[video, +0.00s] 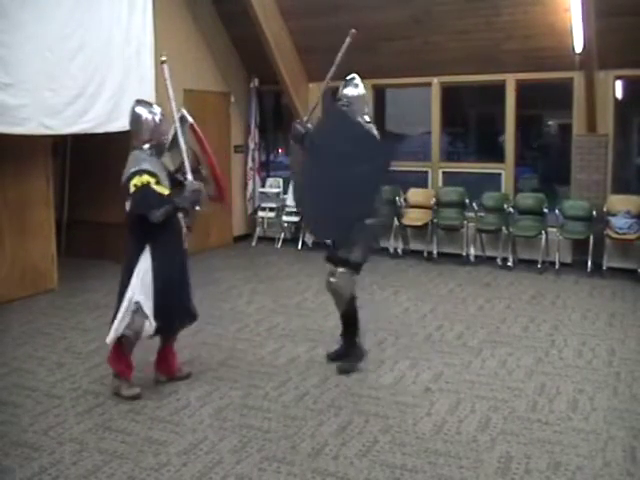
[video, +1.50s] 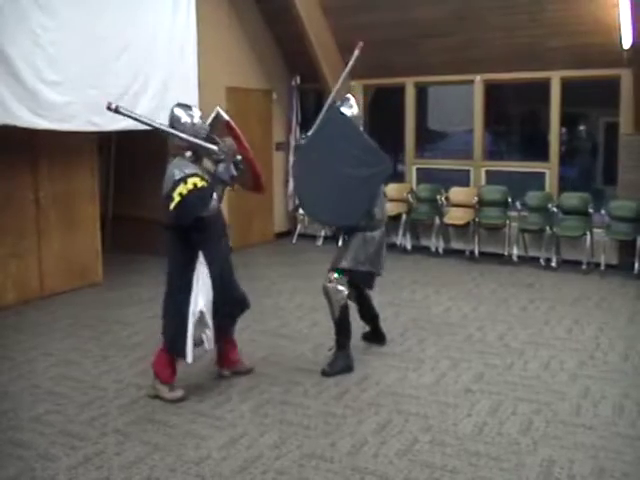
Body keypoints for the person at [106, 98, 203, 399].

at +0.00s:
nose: (167, 127)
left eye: (165, 122)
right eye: (161, 123)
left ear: (154, 128)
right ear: (148, 129)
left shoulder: (158, 160)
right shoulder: (142, 167)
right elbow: (152, 211)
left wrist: (188, 186)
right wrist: (182, 199)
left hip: (169, 245)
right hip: (148, 248)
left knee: (172, 302)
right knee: (138, 307)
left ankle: (166, 360)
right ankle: (121, 371)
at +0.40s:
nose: (170, 130)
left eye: (169, 125)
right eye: (164, 126)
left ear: (167, 132)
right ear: (153, 132)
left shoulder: (169, 161)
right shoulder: (147, 165)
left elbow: (190, 191)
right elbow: (156, 210)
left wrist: (200, 175)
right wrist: (186, 186)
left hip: (180, 253)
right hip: (152, 253)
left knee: (188, 300)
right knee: (146, 307)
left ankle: (187, 359)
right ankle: (127, 368)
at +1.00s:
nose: (178, 132)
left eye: (181, 126)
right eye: (172, 128)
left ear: (189, 132)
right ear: (166, 135)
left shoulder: (203, 158)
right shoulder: (164, 157)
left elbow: (234, 191)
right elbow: (171, 190)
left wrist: (221, 165)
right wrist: (196, 162)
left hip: (195, 225)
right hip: (165, 229)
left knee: (213, 300)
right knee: (163, 294)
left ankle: (210, 346)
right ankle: (158, 357)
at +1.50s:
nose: (189, 141)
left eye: (192, 135)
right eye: (184, 136)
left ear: (197, 138)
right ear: (177, 140)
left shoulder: (205, 161)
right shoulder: (178, 170)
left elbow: (230, 178)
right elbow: (198, 206)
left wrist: (231, 158)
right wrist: (220, 170)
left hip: (213, 232)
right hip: (183, 237)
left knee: (226, 294)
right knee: (178, 299)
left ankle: (227, 354)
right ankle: (165, 365)